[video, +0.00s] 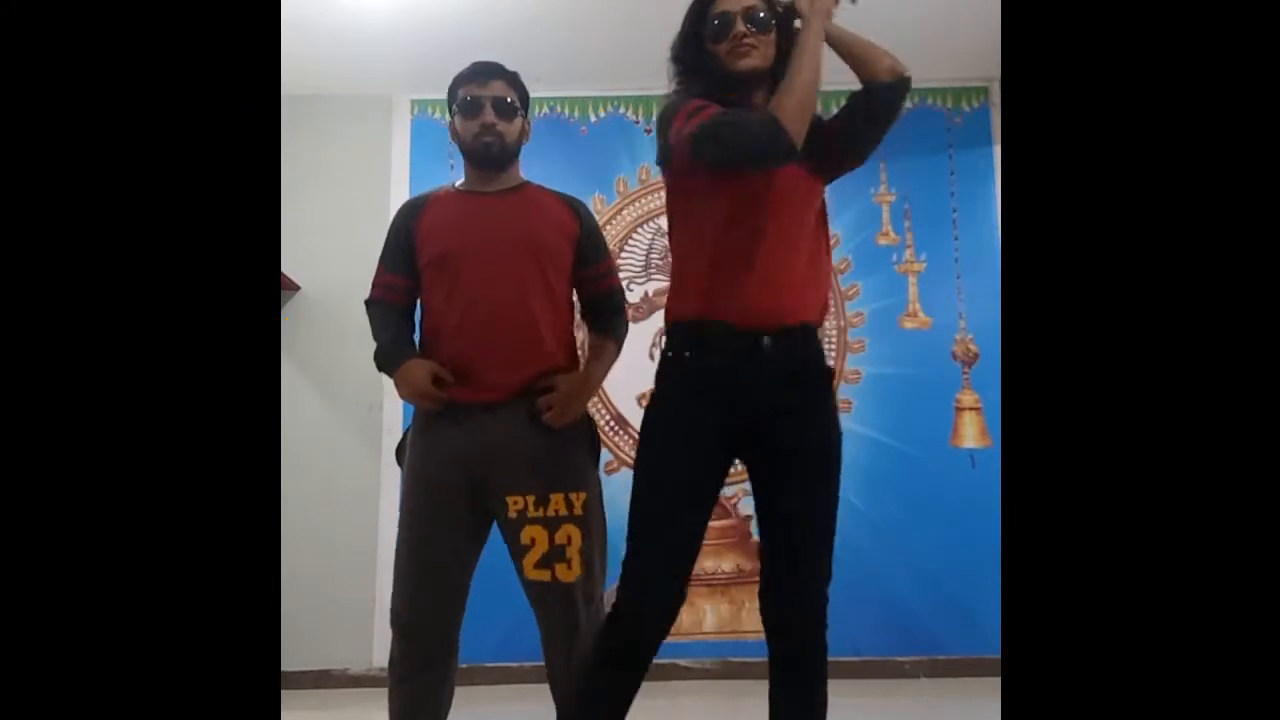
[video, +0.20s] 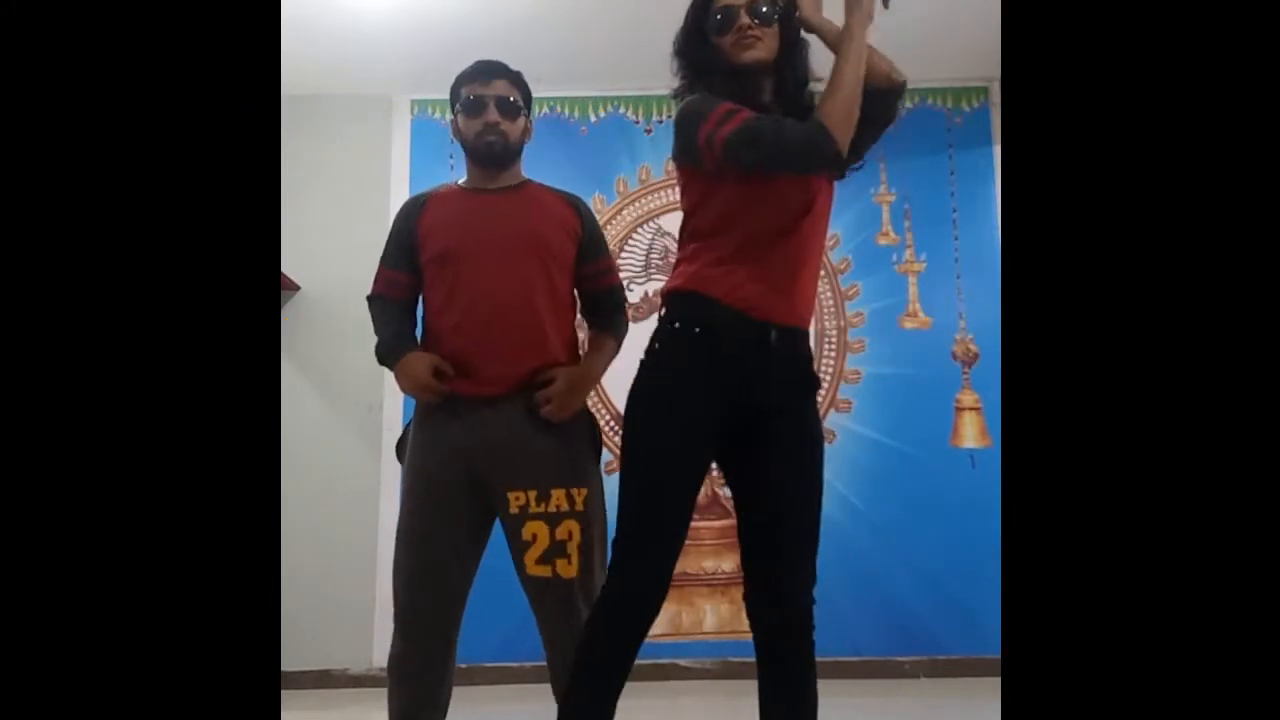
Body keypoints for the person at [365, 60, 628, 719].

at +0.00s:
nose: (489, 117)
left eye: (504, 106)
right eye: (472, 107)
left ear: (525, 125)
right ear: (452, 125)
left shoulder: (569, 215)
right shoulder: (418, 216)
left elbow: (609, 309)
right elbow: (387, 303)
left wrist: (591, 377)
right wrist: (401, 360)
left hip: (548, 432)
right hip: (445, 434)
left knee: (575, 618)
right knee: (420, 619)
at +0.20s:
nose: (492, 116)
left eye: (507, 106)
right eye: (475, 106)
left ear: (527, 124)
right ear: (455, 124)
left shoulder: (570, 213)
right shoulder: (421, 214)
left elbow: (609, 307)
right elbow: (390, 300)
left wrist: (591, 368)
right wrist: (401, 353)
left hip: (549, 428)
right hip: (446, 430)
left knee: (576, 614)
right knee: (421, 617)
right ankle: (413, 719)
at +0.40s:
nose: (492, 112)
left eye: (508, 102)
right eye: (475, 102)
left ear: (529, 121)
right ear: (456, 122)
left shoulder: (571, 211)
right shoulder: (423, 212)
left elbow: (608, 306)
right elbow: (392, 299)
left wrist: (592, 372)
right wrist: (402, 355)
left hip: (550, 426)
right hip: (447, 428)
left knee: (576, 612)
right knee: (416, 610)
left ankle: (592, 719)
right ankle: (412, 718)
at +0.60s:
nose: (492, 113)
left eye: (509, 104)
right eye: (476, 103)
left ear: (529, 124)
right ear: (456, 123)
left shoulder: (570, 212)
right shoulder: (422, 215)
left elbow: (606, 308)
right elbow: (392, 304)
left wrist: (588, 371)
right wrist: (401, 359)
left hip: (547, 428)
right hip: (446, 431)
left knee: (577, 615)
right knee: (422, 619)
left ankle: (591, 719)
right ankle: (413, 718)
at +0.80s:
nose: (492, 113)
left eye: (508, 103)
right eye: (476, 103)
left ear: (529, 124)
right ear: (456, 124)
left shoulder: (570, 214)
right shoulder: (421, 217)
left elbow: (605, 309)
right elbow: (394, 309)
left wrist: (587, 371)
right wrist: (400, 363)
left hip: (547, 432)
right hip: (444, 436)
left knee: (579, 618)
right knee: (417, 621)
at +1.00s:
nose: (492, 121)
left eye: (508, 112)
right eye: (474, 112)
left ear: (527, 132)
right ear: (454, 132)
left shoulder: (569, 224)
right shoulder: (421, 226)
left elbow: (602, 324)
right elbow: (391, 319)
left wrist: (589, 397)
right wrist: (397, 378)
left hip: (546, 442)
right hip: (443, 443)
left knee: (573, 624)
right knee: (420, 624)